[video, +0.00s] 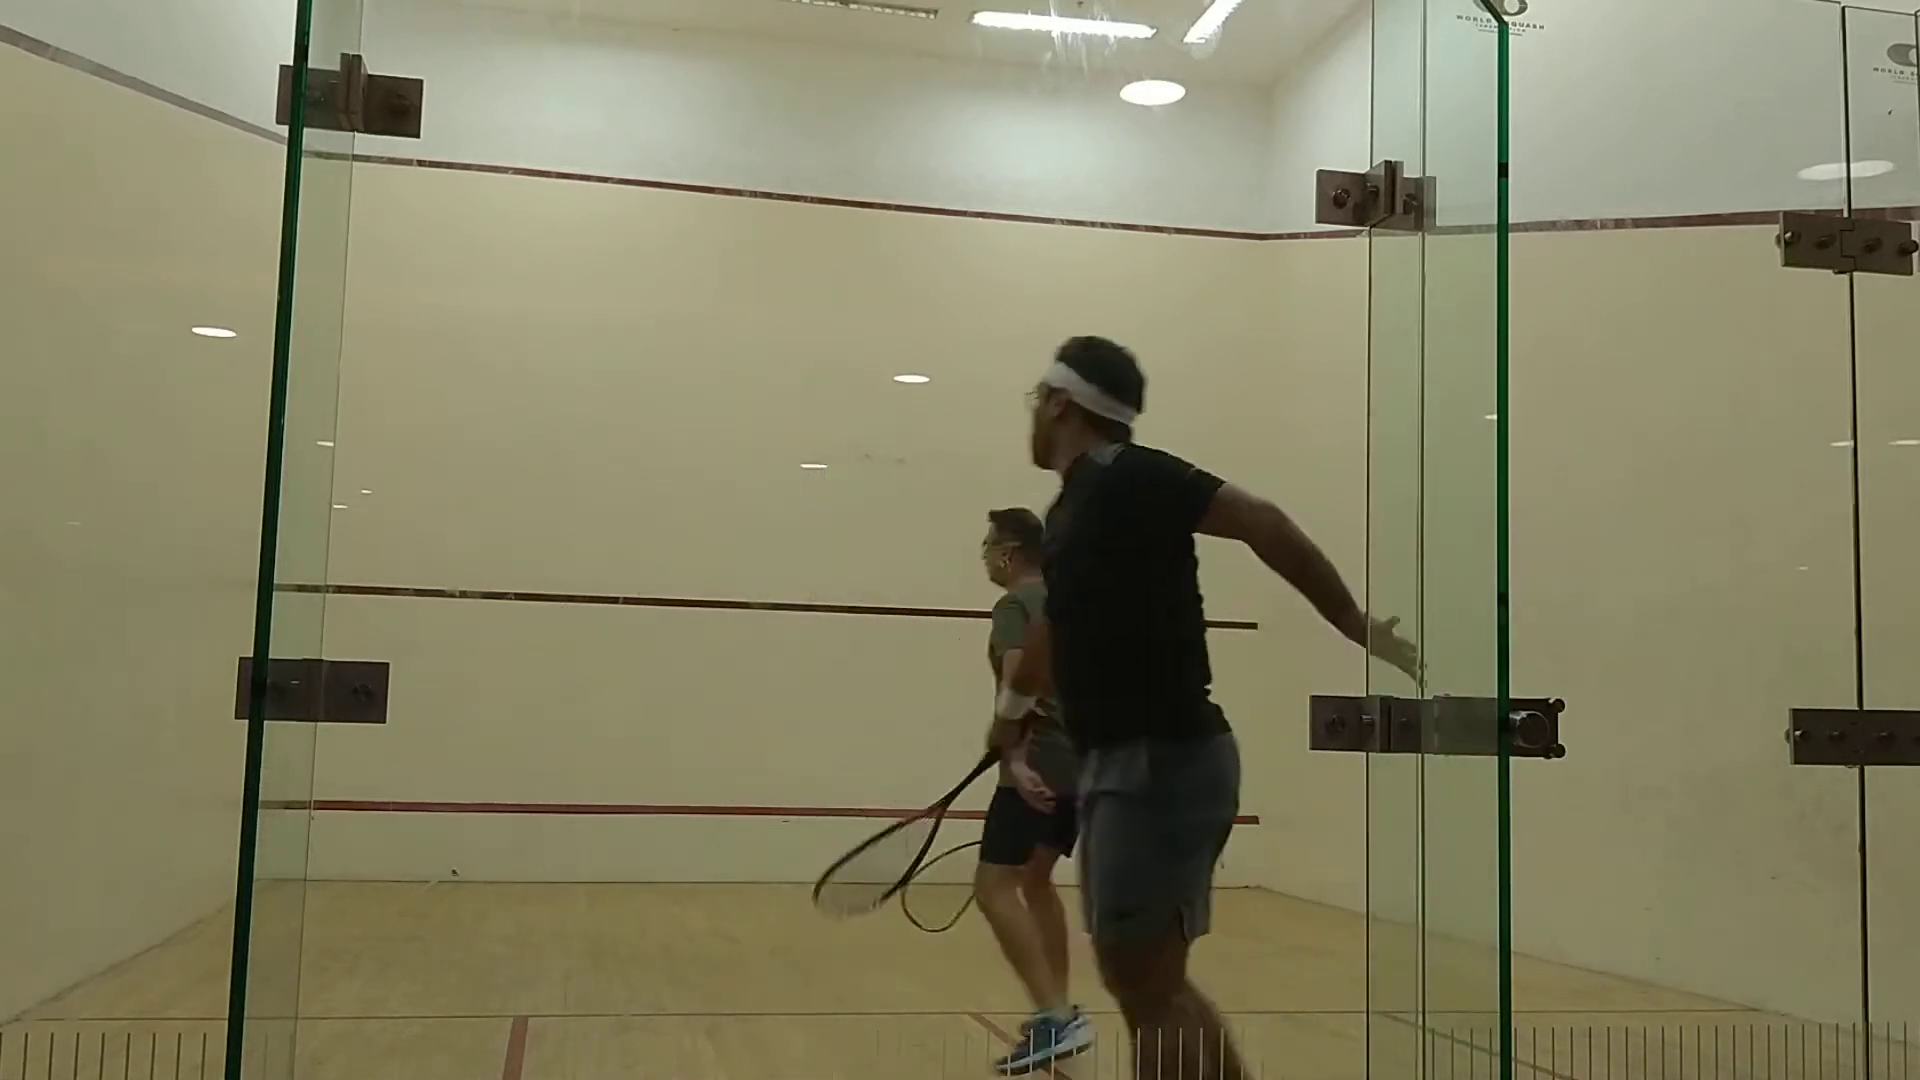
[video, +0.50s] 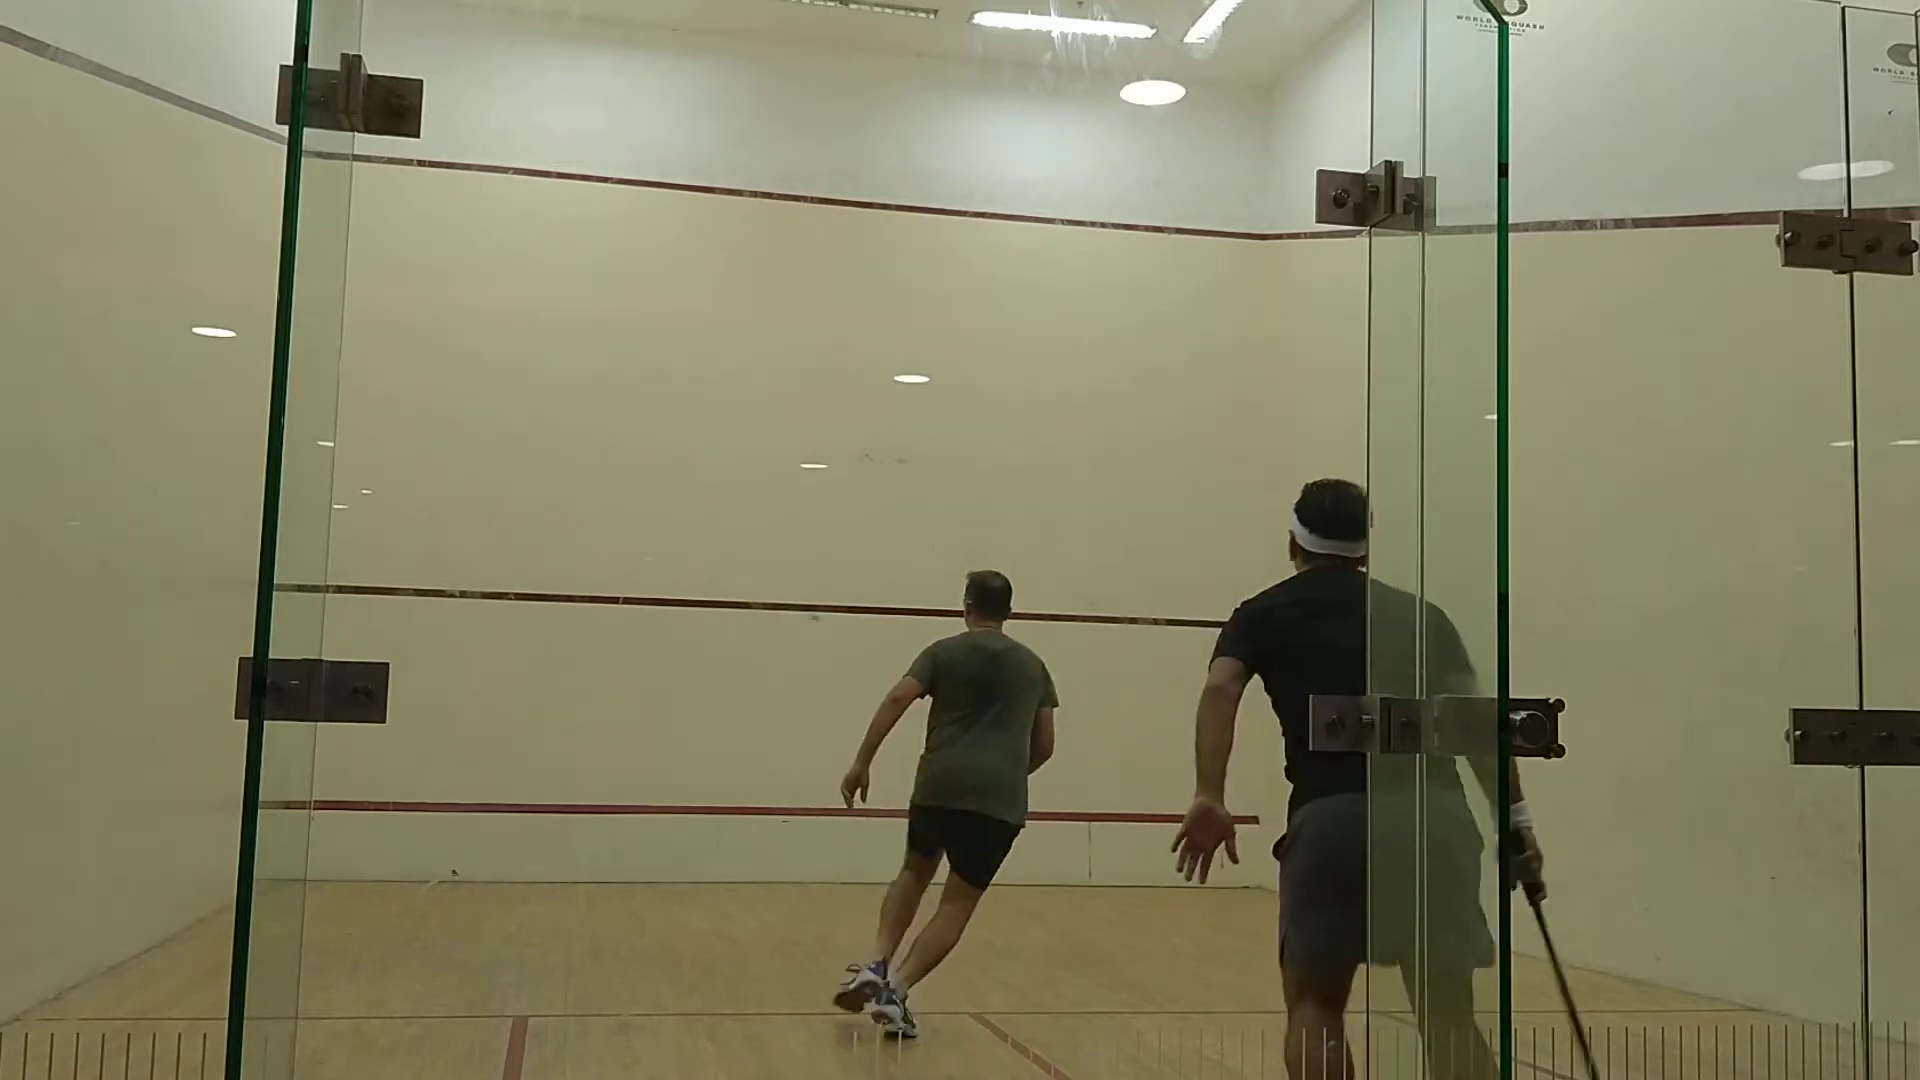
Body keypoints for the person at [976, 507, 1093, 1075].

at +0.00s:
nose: (983, 558)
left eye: (988, 549)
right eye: (985, 548)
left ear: (1010, 553)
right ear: (1032, 552)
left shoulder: (1015, 606)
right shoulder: (1067, 596)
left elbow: (1019, 682)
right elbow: (1068, 678)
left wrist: (1009, 749)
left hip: (1040, 756)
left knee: (993, 887)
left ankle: (1053, 1015)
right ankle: (1058, 1013)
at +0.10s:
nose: (947, 598)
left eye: (950, 589)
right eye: (949, 589)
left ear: (965, 595)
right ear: (998, 598)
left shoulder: (973, 644)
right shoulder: (1024, 642)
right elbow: (1042, 726)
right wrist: (992, 779)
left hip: (1012, 802)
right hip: (1060, 800)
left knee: (948, 916)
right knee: (993, 880)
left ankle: (967, 1057)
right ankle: (999, 1011)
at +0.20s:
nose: (938, 625)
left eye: (940, 618)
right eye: (941, 617)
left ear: (949, 623)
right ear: (988, 627)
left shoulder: (949, 673)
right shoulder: (1022, 680)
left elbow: (929, 751)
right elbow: (1053, 766)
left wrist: (886, 820)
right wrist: (991, 777)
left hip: (980, 814)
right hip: (1035, 822)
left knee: (908, 926)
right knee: (960, 884)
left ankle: (961, 1052)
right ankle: (941, 1008)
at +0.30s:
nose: (952, 626)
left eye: (953, 618)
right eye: (957, 618)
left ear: (959, 621)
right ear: (1002, 626)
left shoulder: (947, 664)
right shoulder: (1031, 685)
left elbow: (920, 737)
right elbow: (1044, 772)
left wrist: (894, 800)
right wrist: (996, 790)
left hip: (942, 811)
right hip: (1001, 828)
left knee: (910, 916)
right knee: (945, 917)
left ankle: (928, 1008)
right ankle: (888, 1010)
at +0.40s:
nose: (960, 623)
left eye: (961, 616)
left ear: (967, 619)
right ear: (1008, 625)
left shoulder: (942, 660)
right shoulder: (1031, 683)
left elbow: (904, 720)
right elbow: (1038, 768)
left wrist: (876, 786)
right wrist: (994, 785)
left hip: (930, 804)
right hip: (996, 818)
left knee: (888, 906)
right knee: (953, 918)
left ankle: (888, 963)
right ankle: (893, 1003)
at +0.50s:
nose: (964, 612)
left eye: (964, 606)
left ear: (966, 608)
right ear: (1008, 611)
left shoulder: (943, 652)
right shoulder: (1034, 666)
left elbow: (898, 699)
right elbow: (1043, 747)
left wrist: (861, 762)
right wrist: (1008, 772)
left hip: (936, 793)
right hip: (999, 804)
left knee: (915, 872)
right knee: (957, 905)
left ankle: (876, 966)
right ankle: (895, 993)